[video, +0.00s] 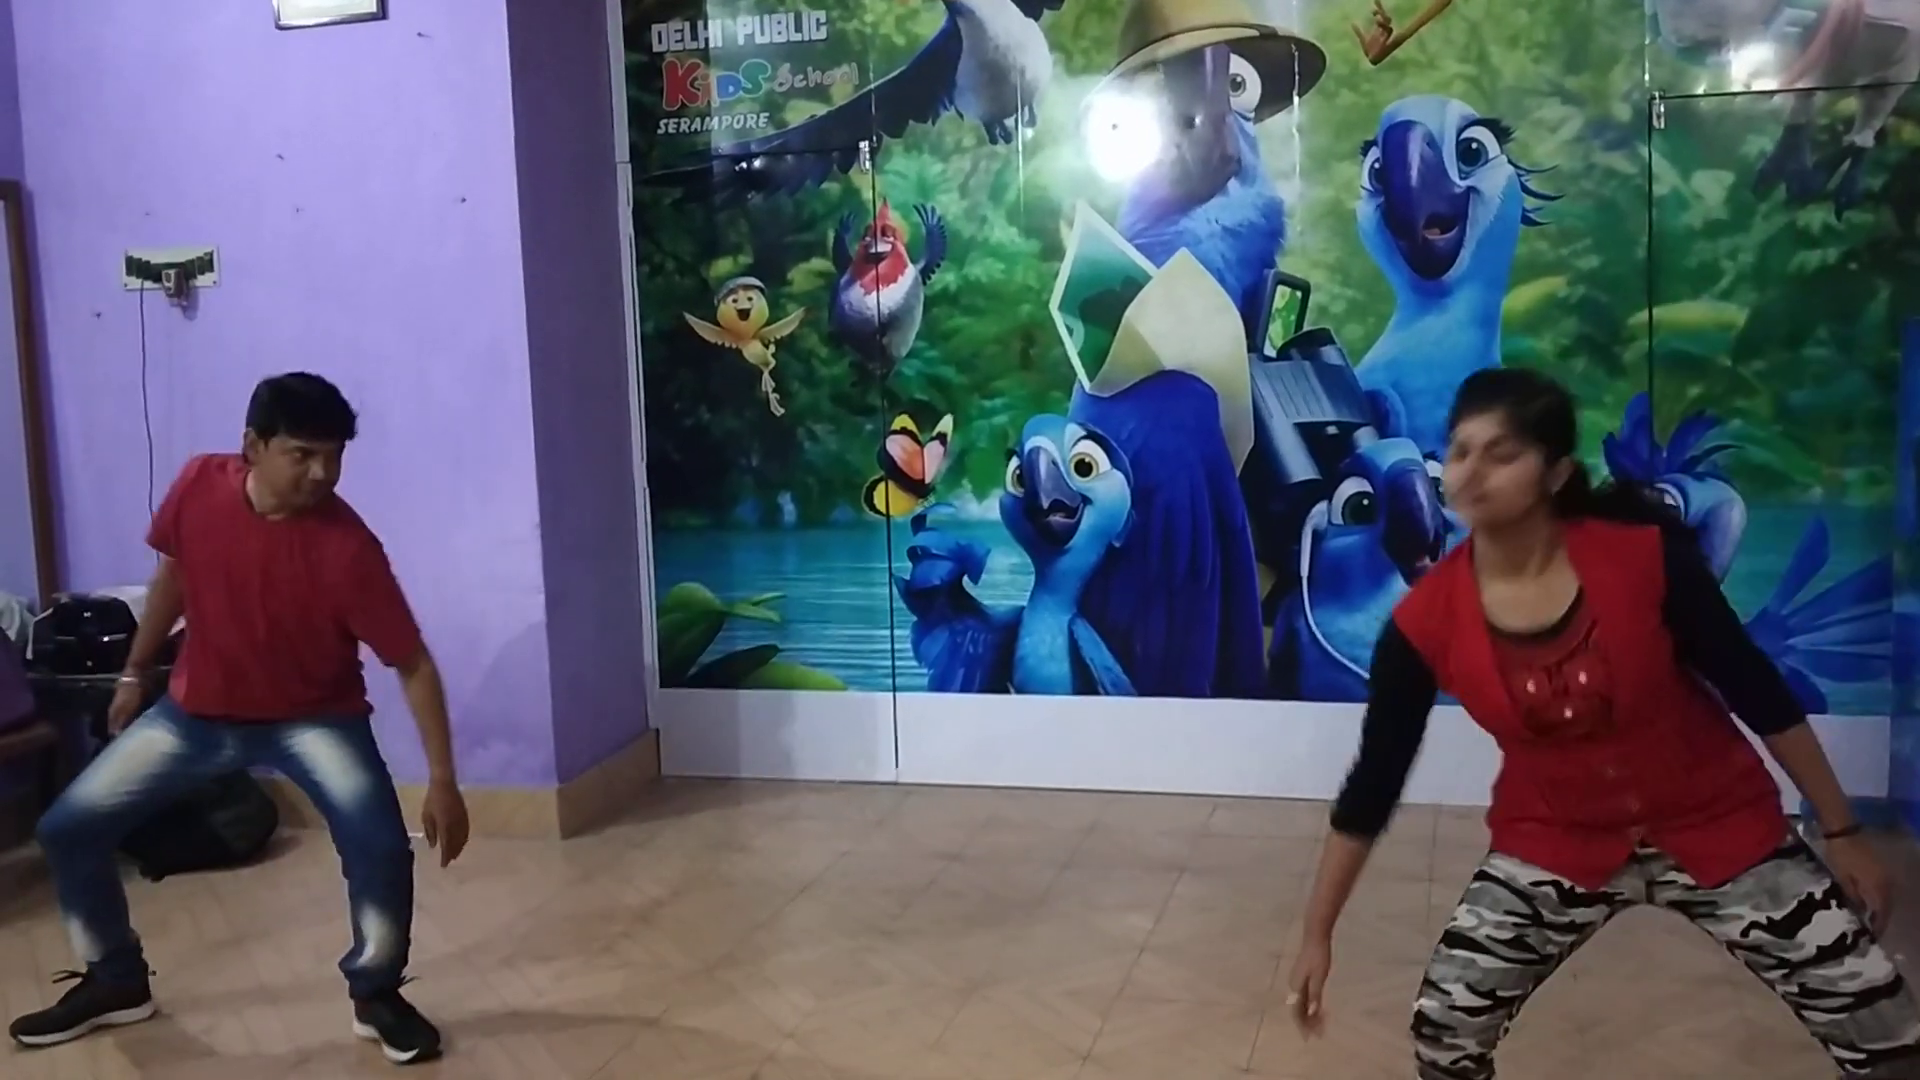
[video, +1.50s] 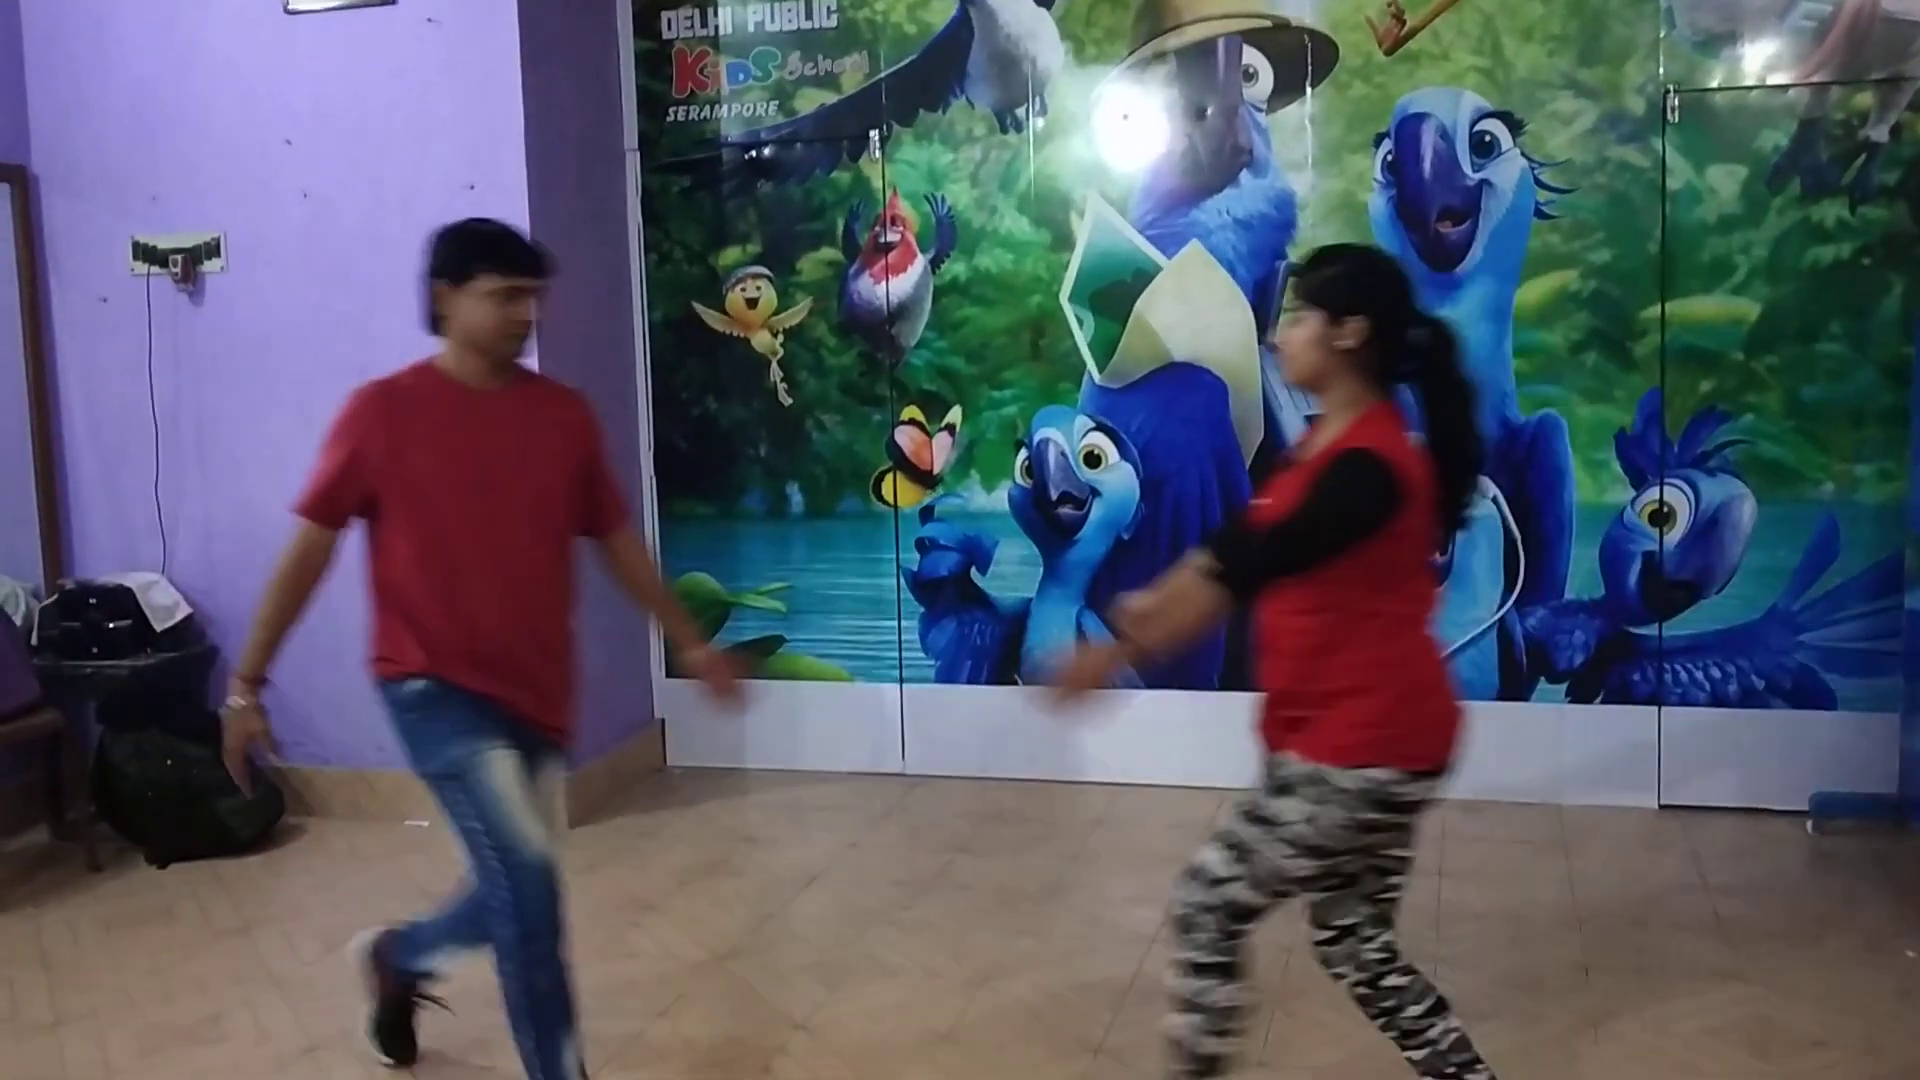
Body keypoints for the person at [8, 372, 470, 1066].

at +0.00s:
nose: (322, 474)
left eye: (333, 457)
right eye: (303, 455)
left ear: (344, 454)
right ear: (255, 446)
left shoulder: (348, 547)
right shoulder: (202, 485)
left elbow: (415, 666)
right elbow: (171, 578)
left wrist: (443, 782)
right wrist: (133, 674)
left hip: (315, 720)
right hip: (197, 712)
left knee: (378, 837)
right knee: (68, 828)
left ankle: (378, 991)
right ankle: (116, 978)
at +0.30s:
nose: (199, 423)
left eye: (209, 406)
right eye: (179, 406)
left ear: (221, 401)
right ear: (134, 400)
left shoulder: (243, 482)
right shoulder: (98, 443)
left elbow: (308, 599)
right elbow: (82, 544)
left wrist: (349, 712)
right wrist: (63, 650)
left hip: (244, 681)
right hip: (127, 680)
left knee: (312, 804)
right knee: (32, 818)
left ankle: (374, 985)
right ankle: (105, 964)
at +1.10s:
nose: (276, 319)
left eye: (285, 304)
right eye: (256, 305)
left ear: (298, 310)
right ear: (209, 312)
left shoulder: (342, 410)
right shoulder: (164, 406)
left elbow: (373, 532)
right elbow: (130, 520)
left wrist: (394, 647)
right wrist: (106, 644)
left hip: (323, 662)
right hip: (205, 663)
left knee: (351, 827)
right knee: (171, 835)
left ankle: (329, 993)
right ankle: (110, 960)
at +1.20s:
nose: (336, 316)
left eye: (343, 301)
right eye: (316, 302)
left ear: (354, 307)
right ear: (265, 309)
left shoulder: (394, 409)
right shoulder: (214, 404)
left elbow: (423, 532)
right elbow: (174, 518)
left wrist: (443, 647)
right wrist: (145, 644)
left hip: (365, 665)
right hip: (247, 662)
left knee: (374, 844)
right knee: (250, 836)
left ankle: (333, 987)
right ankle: (222, 992)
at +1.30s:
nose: (392, 317)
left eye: (400, 302)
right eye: (372, 303)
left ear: (410, 308)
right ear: (320, 309)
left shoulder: (446, 413)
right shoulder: (267, 405)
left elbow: (474, 537)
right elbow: (218, 526)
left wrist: (505, 653)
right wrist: (183, 657)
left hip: (412, 671)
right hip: (302, 665)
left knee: (407, 865)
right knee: (351, 815)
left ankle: (334, 973)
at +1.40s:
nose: (456, 317)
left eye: (463, 301)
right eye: (436, 301)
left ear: (472, 306)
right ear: (379, 307)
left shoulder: (502, 414)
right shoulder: (321, 409)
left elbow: (543, 539)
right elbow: (262, 536)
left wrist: (586, 651)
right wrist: (213, 666)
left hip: (464, 678)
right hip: (359, 672)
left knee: (443, 867)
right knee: (439, 859)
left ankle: (347, 971)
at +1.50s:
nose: (525, 314)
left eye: (532, 297)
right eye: (505, 296)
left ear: (539, 302)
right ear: (445, 300)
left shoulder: (563, 414)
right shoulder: (383, 412)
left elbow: (617, 538)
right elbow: (309, 550)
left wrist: (691, 639)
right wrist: (246, 682)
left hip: (535, 687)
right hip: (433, 681)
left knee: (524, 886)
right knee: (528, 877)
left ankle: (399, 956)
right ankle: (558, 1067)